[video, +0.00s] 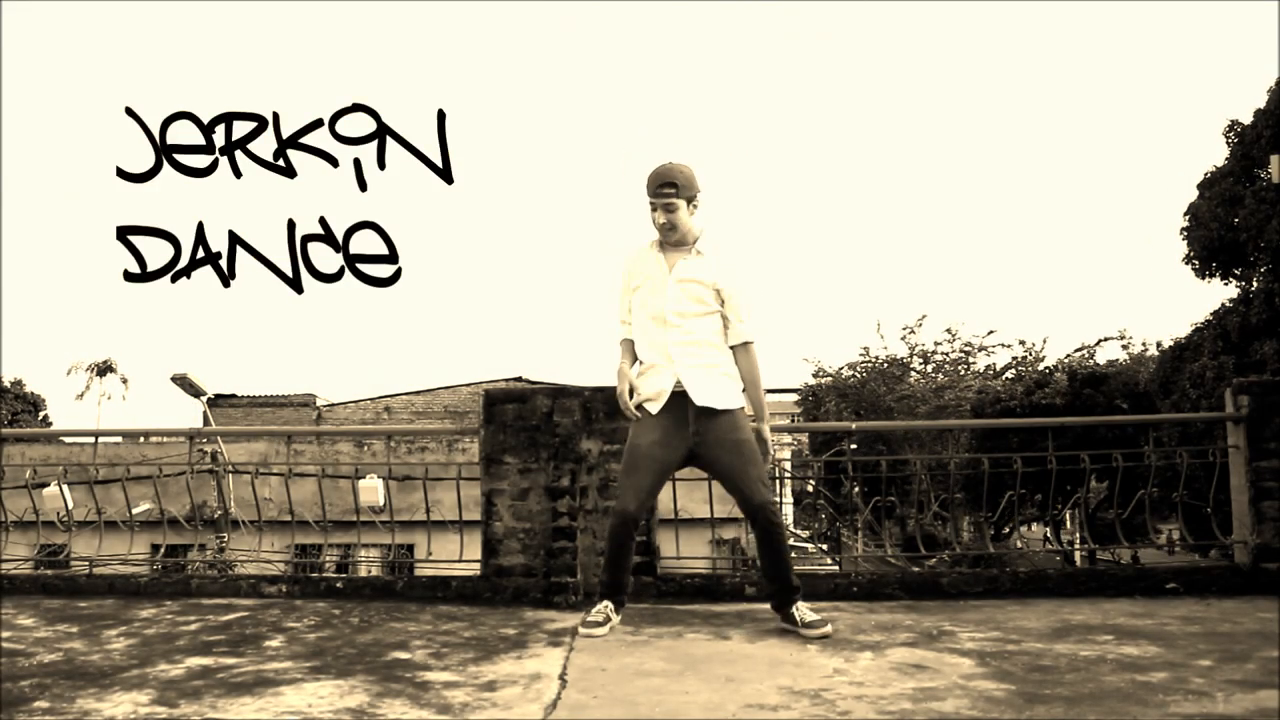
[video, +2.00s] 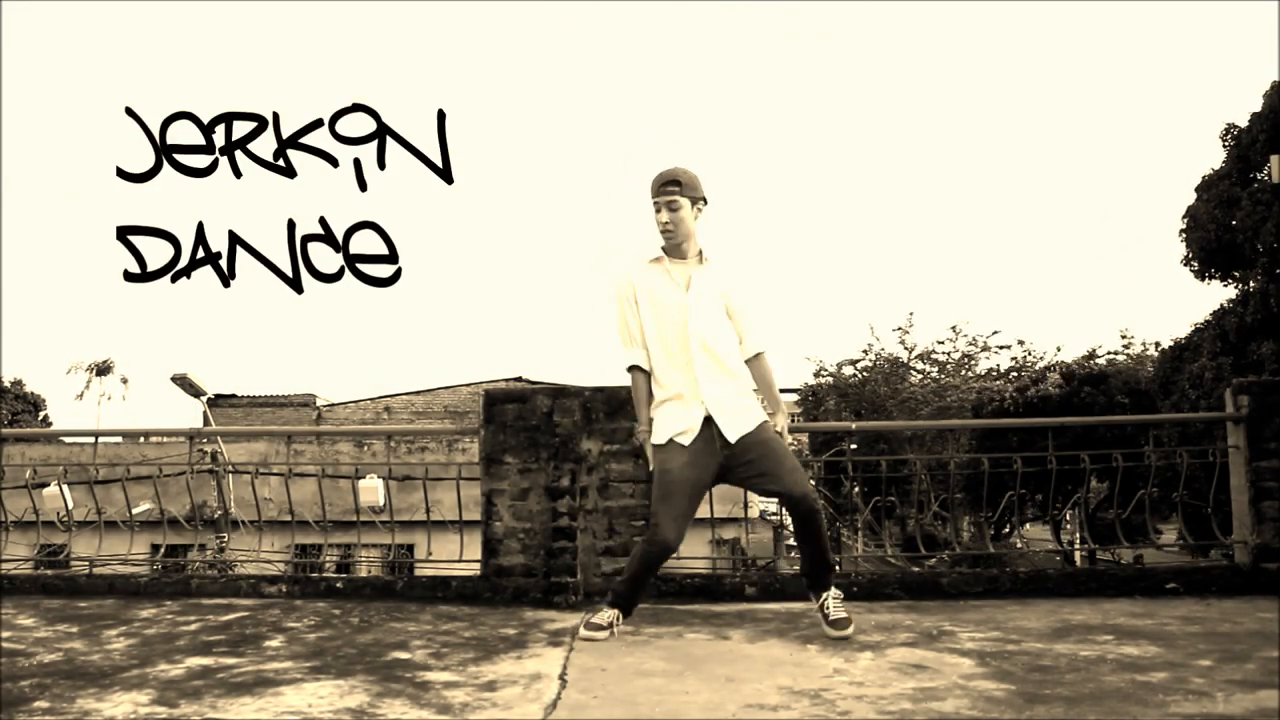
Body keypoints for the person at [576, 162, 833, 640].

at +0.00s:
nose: (661, 215)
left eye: (670, 206)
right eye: (654, 207)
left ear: (692, 206)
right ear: (649, 208)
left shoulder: (721, 265)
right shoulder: (638, 264)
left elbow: (743, 346)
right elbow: (629, 334)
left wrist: (761, 421)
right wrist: (624, 369)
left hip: (720, 406)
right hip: (657, 407)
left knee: (764, 506)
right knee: (626, 510)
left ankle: (788, 604)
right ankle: (608, 603)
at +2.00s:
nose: (663, 218)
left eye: (672, 208)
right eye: (657, 209)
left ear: (698, 210)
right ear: (653, 215)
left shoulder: (725, 277)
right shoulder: (637, 284)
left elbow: (754, 352)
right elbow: (639, 365)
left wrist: (778, 412)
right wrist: (644, 431)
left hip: (741, 418)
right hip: (679, 425)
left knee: (804, 496)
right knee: (664, 536)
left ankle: (824, 589)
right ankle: (616, 609)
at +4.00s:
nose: (683, 188)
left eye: (693, 177)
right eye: (677, 180)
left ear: (719, 182)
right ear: (672, 188)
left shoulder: (748, 250)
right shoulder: (657, 257)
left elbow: (767, 322)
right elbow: (645, 340)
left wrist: (781, 385)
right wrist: (634, 410)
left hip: (745, 396)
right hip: (679, 398)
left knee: (797, 489)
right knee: (651, 496)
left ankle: (801, 588)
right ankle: (614, 585)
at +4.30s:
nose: (691, 213)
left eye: (701, 203)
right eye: (684, 204)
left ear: (725, 206)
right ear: (677, 208)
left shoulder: (756, 273)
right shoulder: (659, 277)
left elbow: (799, 346)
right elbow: (629, 344)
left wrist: (847, 413)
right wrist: (617, 340)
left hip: (754, 424)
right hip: (685, 427)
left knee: (799, 518)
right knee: (653, 535)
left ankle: (811, 617)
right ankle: (626, 609)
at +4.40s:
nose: (718, 203)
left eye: (728, 193)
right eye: (710, 194)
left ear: (751, 197)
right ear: (703, 200)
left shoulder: (778, 271)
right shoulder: (681, 271)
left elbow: (826, 335)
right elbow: (662, 346)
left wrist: (881, 387)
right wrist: (615, 333)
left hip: (767, 411)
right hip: (701, 415)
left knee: (808, 509)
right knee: (680, 517)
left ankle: (815, 617)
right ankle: (626, 596)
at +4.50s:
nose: (743, 195)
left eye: (753, 185)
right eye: (735, 186)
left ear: (776, 190)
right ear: (728, 192)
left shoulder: (794, 262)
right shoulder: (701, 256)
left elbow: (815, 322)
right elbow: (696, 325)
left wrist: (842, 364)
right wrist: (678, 348)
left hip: (773, 391)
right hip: (716, 391)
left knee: (817, 499)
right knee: (730, 492)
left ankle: (817, 615)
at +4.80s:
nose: (719, 156)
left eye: (729, 146)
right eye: (713, 148)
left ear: (757, 149)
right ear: (708, 155)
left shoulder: (784, 224)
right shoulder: (686, 216)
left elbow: (802, 303)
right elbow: (658, 288)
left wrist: (806, 369)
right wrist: (674, 350)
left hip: (772, 384)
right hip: (705, 379)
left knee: (809, 486)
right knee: (679, 488)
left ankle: (796, 616)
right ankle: (657, 553)